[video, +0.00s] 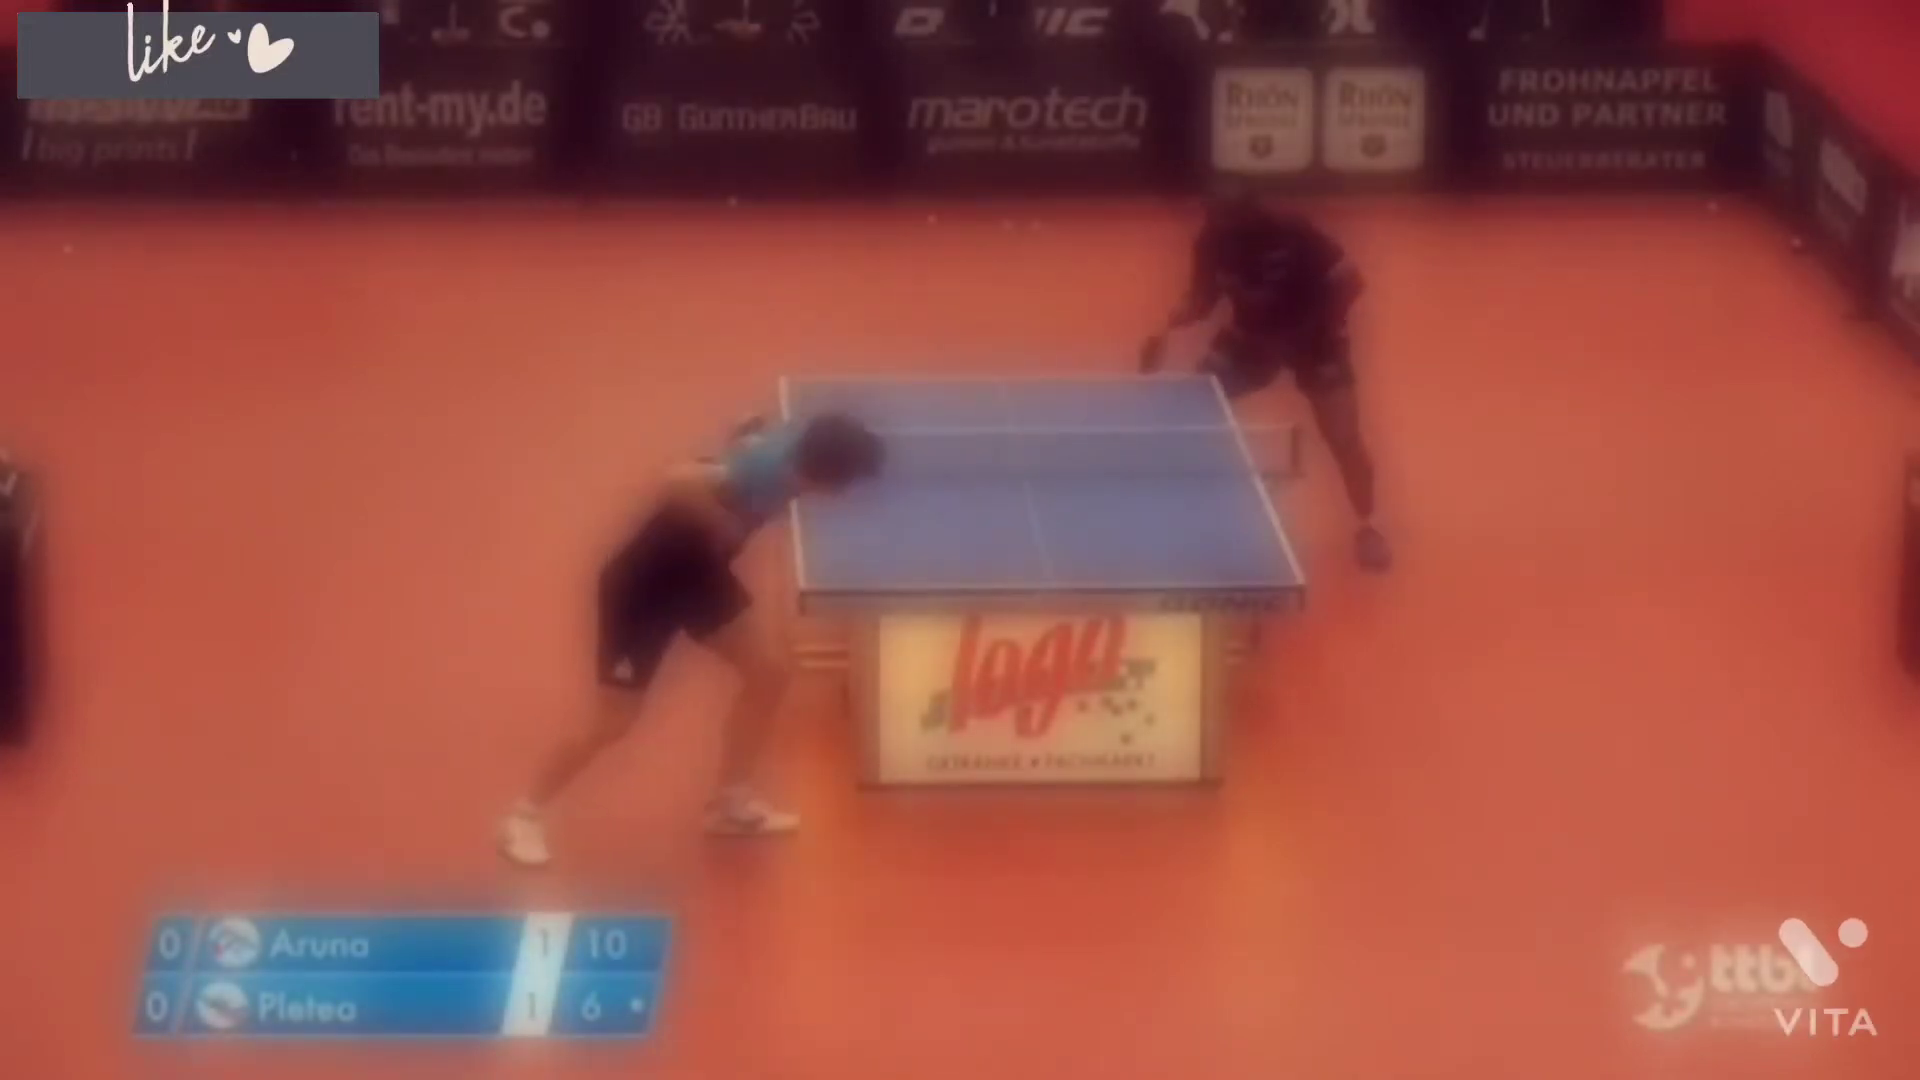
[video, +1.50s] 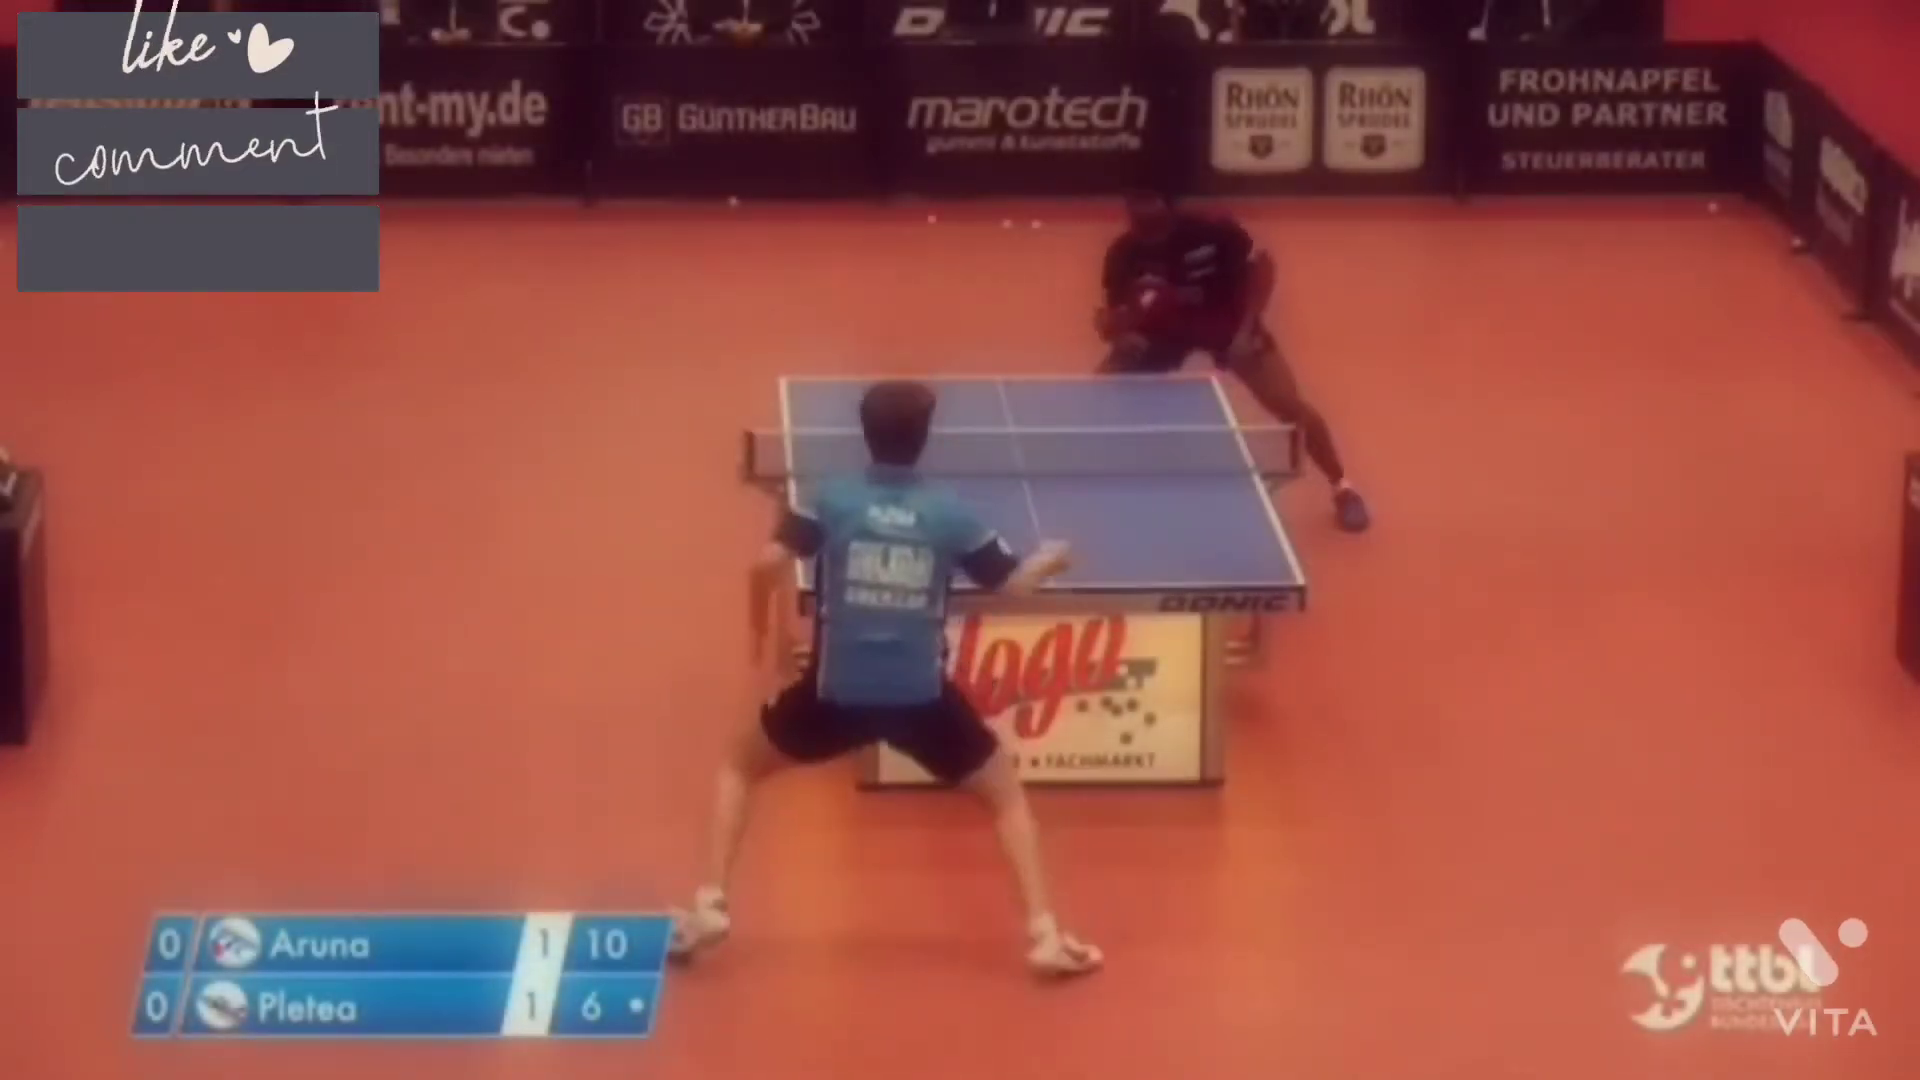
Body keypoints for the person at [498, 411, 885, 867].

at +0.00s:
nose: (832, 493)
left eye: (840, 484)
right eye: (835, 482)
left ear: (824, 456)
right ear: (818, 468)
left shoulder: (784, 454)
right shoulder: (755, 470)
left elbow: (752, 433)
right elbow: (678, 482)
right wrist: (718, 516)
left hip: (699, 576)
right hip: (644, 579)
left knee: (766, 673)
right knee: (614, 717)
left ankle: (732, 798)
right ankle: (528, 812)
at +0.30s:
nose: (901, 346)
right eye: (904, 337)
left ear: (853, 336)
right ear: (906, 345)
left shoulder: (809, 384)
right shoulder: (901, 413)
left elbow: (741, 403)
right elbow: (967, 467)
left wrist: (695, 427)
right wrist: (981, 455)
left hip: (757, 563)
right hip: (817, 575)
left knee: (765, 678)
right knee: (867, 706)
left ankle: (732, 802)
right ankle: (807, 818)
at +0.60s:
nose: (931, 418)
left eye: (922, 407)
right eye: (945, 409)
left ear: (907, 415)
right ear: (962, 419)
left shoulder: (874, 466)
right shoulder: (985, 487)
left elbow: (825, 506)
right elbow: (1025, 561)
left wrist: (869, 532)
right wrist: (984, 519)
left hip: (867, 652)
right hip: (948, 655)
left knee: (783, 721)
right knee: (1035, 744)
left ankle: (740, 861)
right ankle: (1079, 882)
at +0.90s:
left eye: (916, 432)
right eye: (945, 435)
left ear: (899, 440)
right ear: (953, 448)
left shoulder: (863, 483)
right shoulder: (975, 504)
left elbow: (821, 535)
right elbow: (1021, 565)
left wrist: (875, 548)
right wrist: (974, 589)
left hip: (871, 674)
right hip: (956, 674)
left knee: (771, 739)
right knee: (1024, 714)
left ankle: (723, 869)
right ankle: (1074, 842)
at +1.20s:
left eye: (891, 425)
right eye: (921, 424)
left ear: (883, 433)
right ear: (936, 433)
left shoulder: (866, 484)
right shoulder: (969, 498)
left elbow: (793, 538)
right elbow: (1035, 545)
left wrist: (725, 592)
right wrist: (1079, 496)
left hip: (863, 675)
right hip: (940, 678)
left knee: (753, 734)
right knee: (1018, 756)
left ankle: (715, 872)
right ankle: (1095, 845)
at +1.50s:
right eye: (919, 427)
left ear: (866, 436)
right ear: (923, 438)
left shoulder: (834, 498)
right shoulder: (943, 511)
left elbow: (783, 554)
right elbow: (1006, 584)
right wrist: (1046, 563)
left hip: (838, 695)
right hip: (919, 698)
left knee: (741, 764)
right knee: (1005, 792)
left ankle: (711, 900)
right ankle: (1046, 935)